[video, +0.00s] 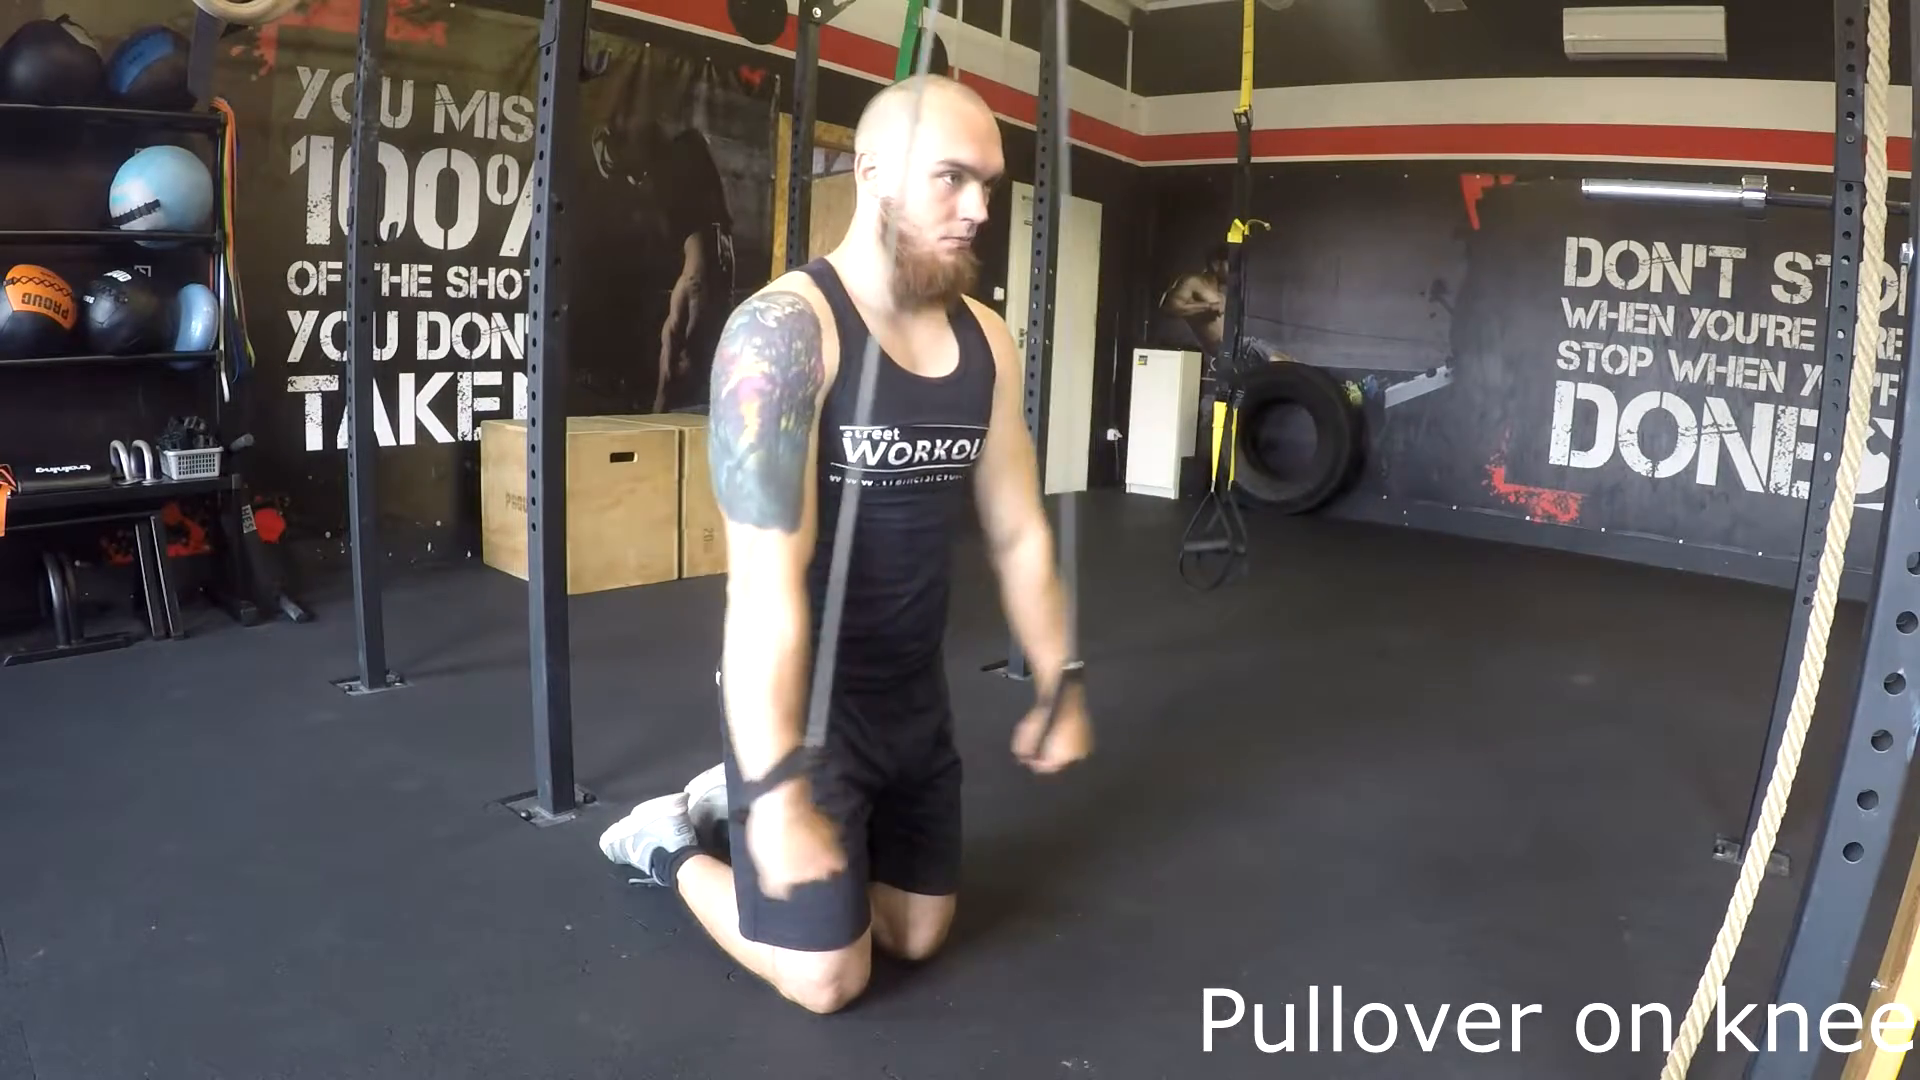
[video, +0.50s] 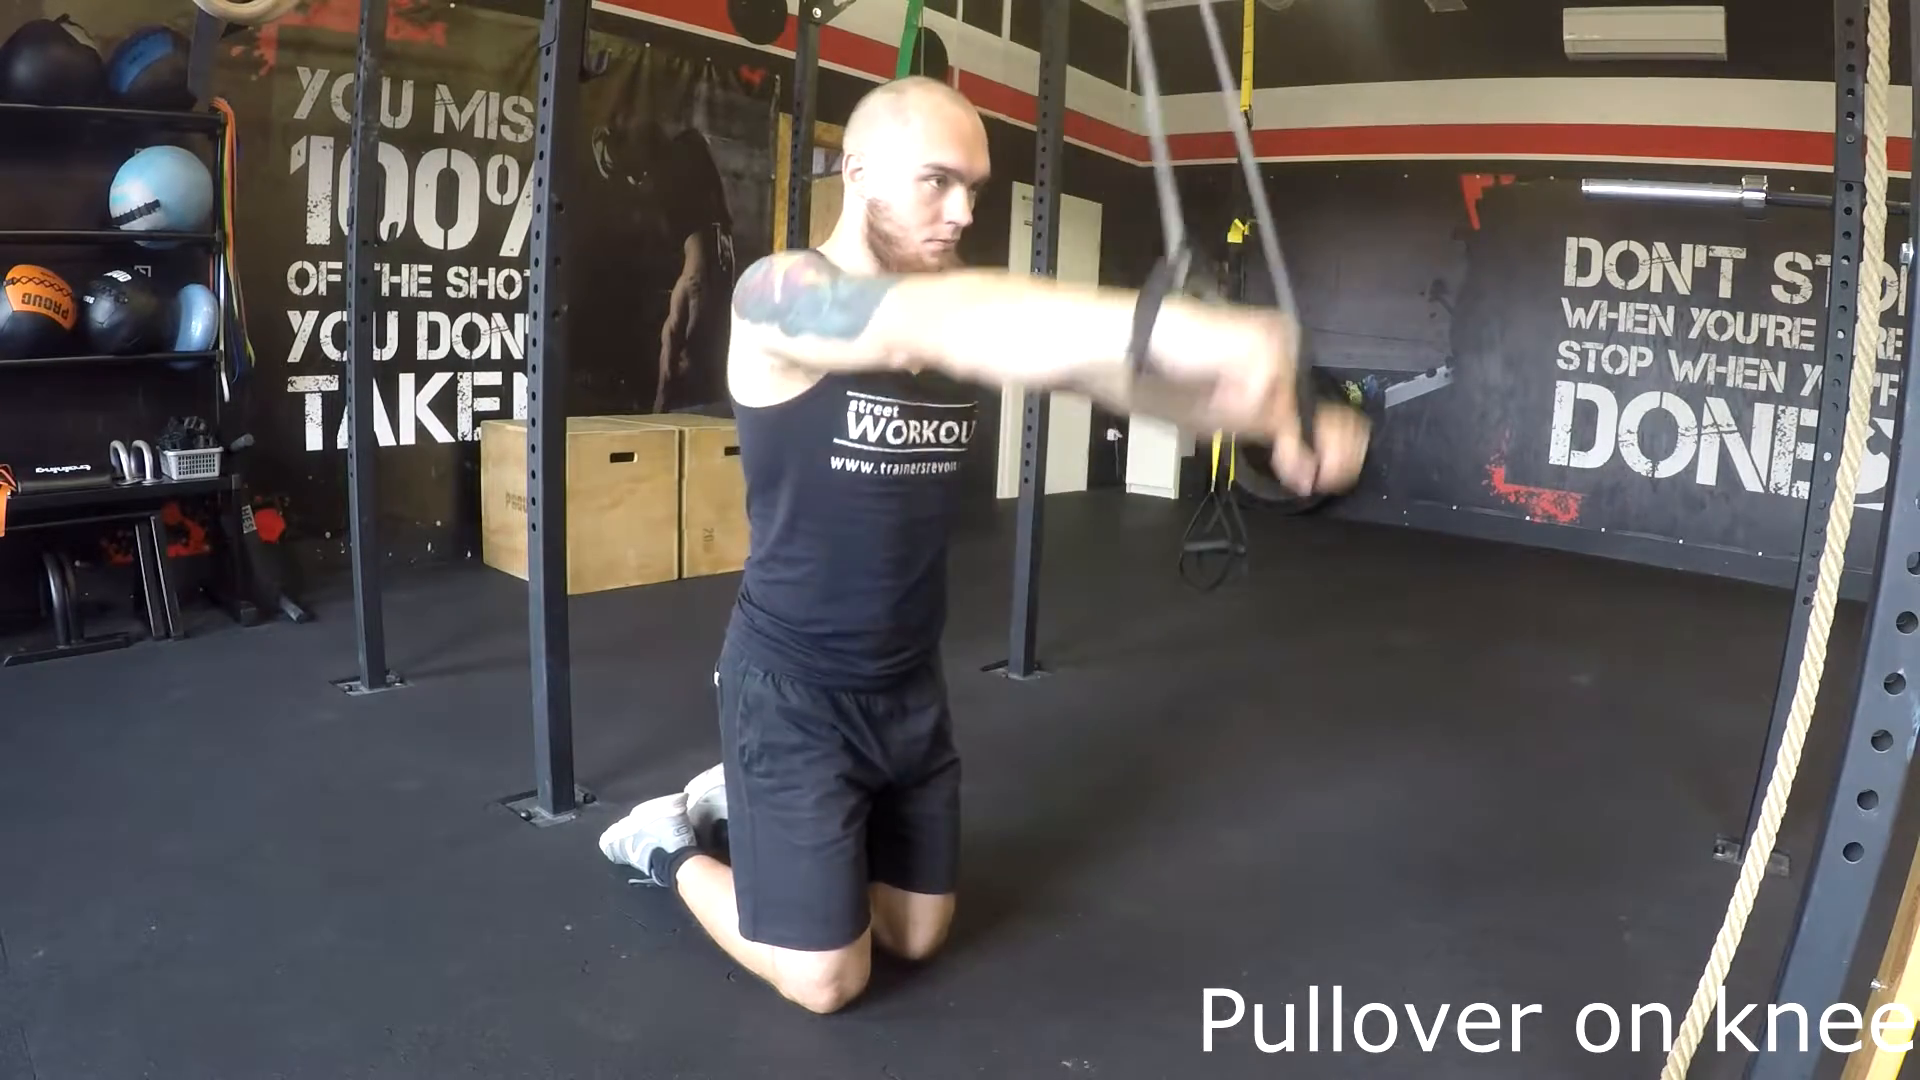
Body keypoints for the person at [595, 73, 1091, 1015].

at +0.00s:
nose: (977, 208)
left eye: (989, 184)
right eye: (951, 176)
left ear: (995, 193)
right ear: (871, 174)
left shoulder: (985, 338)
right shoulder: (781, 333)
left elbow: (1019, 530)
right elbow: (765, 582)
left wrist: (1058, 676)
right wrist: (780, 787)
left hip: (913, 697)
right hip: (804, 704)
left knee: (916, 932)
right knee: (825, 979)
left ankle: (732, 807)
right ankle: (672, 855)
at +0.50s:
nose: (960, 214)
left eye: (974, 191)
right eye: (936, 182)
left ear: (979, 196)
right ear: (857, 172)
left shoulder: (967, 312)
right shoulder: (776, 291)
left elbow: (1096, 370)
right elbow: (927, 328)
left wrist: (1257, 415)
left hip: (908, 680)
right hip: (790, 682)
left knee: (915, 933)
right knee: (822, 979)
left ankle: (744, 804)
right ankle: (671, 856)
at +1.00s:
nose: (978, 214)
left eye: (991, 191)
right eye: (954, 183)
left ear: (1000, 197)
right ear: (875, 185)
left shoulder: (986, 322)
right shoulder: (793, 316)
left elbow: (1105, 443)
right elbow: (931, 484)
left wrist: (1254, 565)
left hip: (911, 683)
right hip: (795, 684)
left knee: (914, 933)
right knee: (824, 978)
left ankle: (742, 813)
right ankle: (673, 856)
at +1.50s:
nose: (1000, 213)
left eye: (1011, 187)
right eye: (976, 182)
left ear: (1016, 195)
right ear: (896, 177)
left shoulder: (997, 343)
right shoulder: (801, 332)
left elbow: (993, 538)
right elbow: (752, 578)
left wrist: (997, 682)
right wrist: (730, 779)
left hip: (923, 699)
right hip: (807, 707)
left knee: (916, 934)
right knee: (827, 982)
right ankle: (677, 844)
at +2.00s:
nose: (1002, 208)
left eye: (1012, 182)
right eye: (976, 176)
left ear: (1015, 190)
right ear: (896, 176)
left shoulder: (999, 340)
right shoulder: (801, 331)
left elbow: (1032, 529)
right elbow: (738, 572)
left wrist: (1070, 675)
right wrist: (720, 786)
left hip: (920, 697)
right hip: (804, 703)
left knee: (918, 931)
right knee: (825, 980)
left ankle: (766, 837)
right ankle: (684, 845)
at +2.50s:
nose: (978, 206)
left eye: (990, 183)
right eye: (951, 177)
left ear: (992, 188)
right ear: (867, 173)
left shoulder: (984, 303)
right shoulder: (791, 294)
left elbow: (1123, 376)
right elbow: (949, 369)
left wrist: (1334, 453)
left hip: (916, 683)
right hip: (797, 686)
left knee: (916, 931)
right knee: (822, 978)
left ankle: (759, 807)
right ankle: (672, 852)